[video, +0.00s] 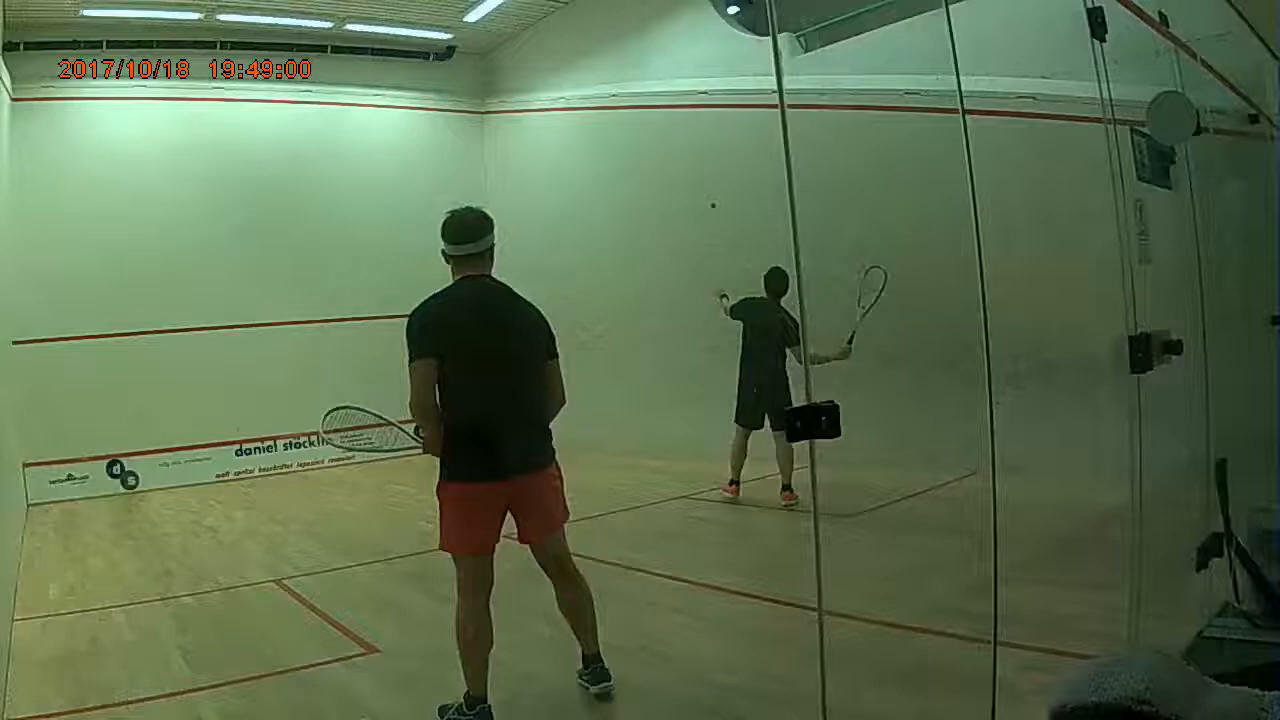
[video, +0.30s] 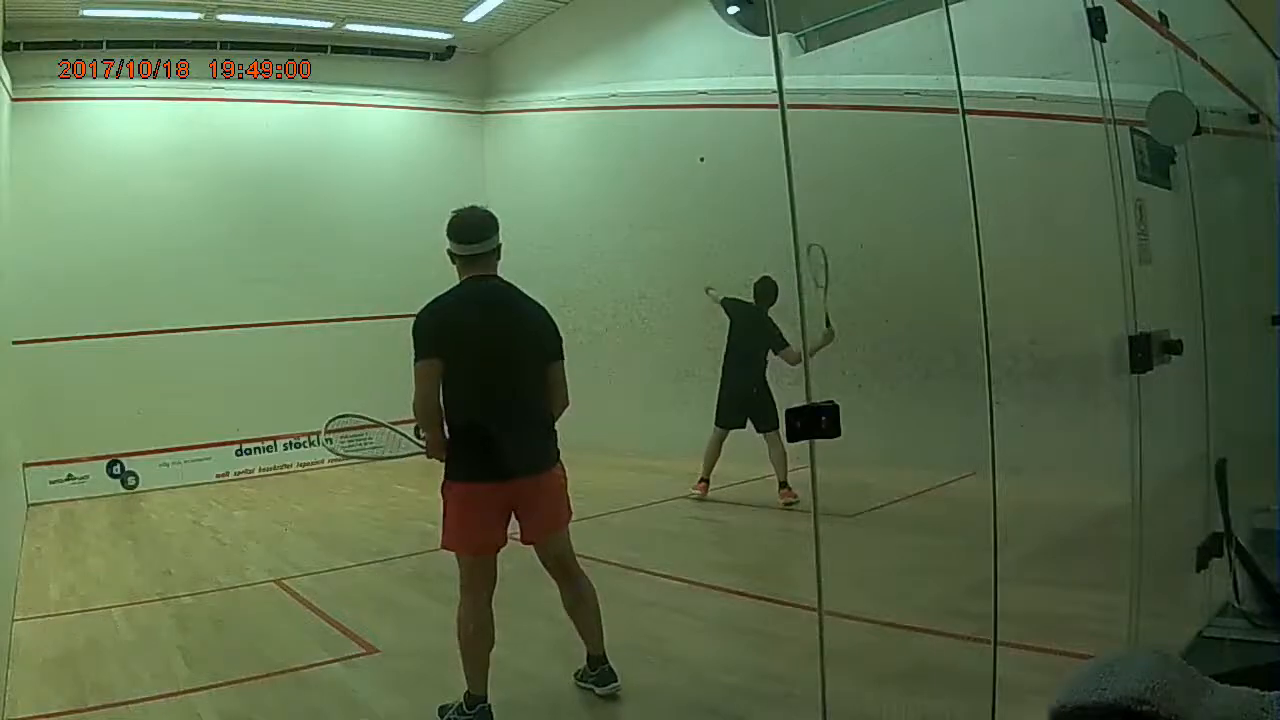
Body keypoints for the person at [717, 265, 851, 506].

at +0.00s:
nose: (783, 290)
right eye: (784, 286)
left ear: (765, 286)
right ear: (786, 289)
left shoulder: (750, 306)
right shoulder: (786, 320)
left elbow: (729, 312)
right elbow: (803, 357)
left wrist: (723, 298)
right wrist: (836, 356)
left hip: (749, 384)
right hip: (776, 385)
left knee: (742, 433)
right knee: (782, 436)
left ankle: (733, 484)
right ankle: (787, 490)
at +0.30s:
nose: (772, 300)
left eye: (765, 295)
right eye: (773, 296)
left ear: (754, 295)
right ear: (774, 299)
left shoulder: (737, 308)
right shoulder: (768, 326)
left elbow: (718, 298)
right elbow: (792, 358)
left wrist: (711, 292)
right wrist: (822, 342)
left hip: (730, 387)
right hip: (757, 389)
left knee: (719, 434)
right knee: (773, 437)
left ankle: (703, 482)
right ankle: (784, 489)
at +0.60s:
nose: (686, 299)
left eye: (684, 296)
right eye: (690, 294)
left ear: (682, 300)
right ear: (701, 296)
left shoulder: (683, 325)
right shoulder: (713, 312)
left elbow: (680, 363)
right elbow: (731, 293)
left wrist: (661, 391)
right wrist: (742, 271)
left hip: (712, 382)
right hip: (735, 376)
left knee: (704, 433)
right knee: (750, 425)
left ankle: (703, 484)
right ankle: (776, 462)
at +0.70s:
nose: (666, 310)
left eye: (665, 306)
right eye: (666, 305)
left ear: (666, 308)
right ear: (681, 297)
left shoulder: (686, 324)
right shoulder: (692, 314)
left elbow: (706, 361)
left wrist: (692, 389)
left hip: (711, 379)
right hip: (730, 375)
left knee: (702, 432)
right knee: (737, 420)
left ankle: (704, 484)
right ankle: (765, 446)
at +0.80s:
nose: (657, 309)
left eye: (657, 305)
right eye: (656, 306)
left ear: (660, 303)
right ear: (668, 300)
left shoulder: (683, 323)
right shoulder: (662, 319)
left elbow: (706, 350)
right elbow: (648, 344)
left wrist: (720, 380)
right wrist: (636, 368)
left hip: (702, 382)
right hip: (698, 381)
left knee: (701, 432)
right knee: (718, 420)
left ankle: (708, 484)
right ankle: (755, 438)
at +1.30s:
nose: (602, 310)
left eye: (607, 306)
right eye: (602, 306)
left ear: (622, 308)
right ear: (610, 310)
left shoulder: (642, 337)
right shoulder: (606, 337)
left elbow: (658, 370)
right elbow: (604, 371)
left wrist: (663, 403)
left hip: (645, 404)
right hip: (618, 403)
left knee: (645, 456)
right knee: (617, 455)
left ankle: (680, 471)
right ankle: (623, 502)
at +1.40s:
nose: (596, 305)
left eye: (601, 301)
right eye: (596, 301)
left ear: (617, 303)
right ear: (600, 304)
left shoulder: (634, 332)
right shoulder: (600, 333)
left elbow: (648, 367)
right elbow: (596, 368)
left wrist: (645, 397)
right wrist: (595, 397)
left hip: (632, 400)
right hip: (608, 400)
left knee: (636, 447)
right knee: (608, 446)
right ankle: (615, 494)